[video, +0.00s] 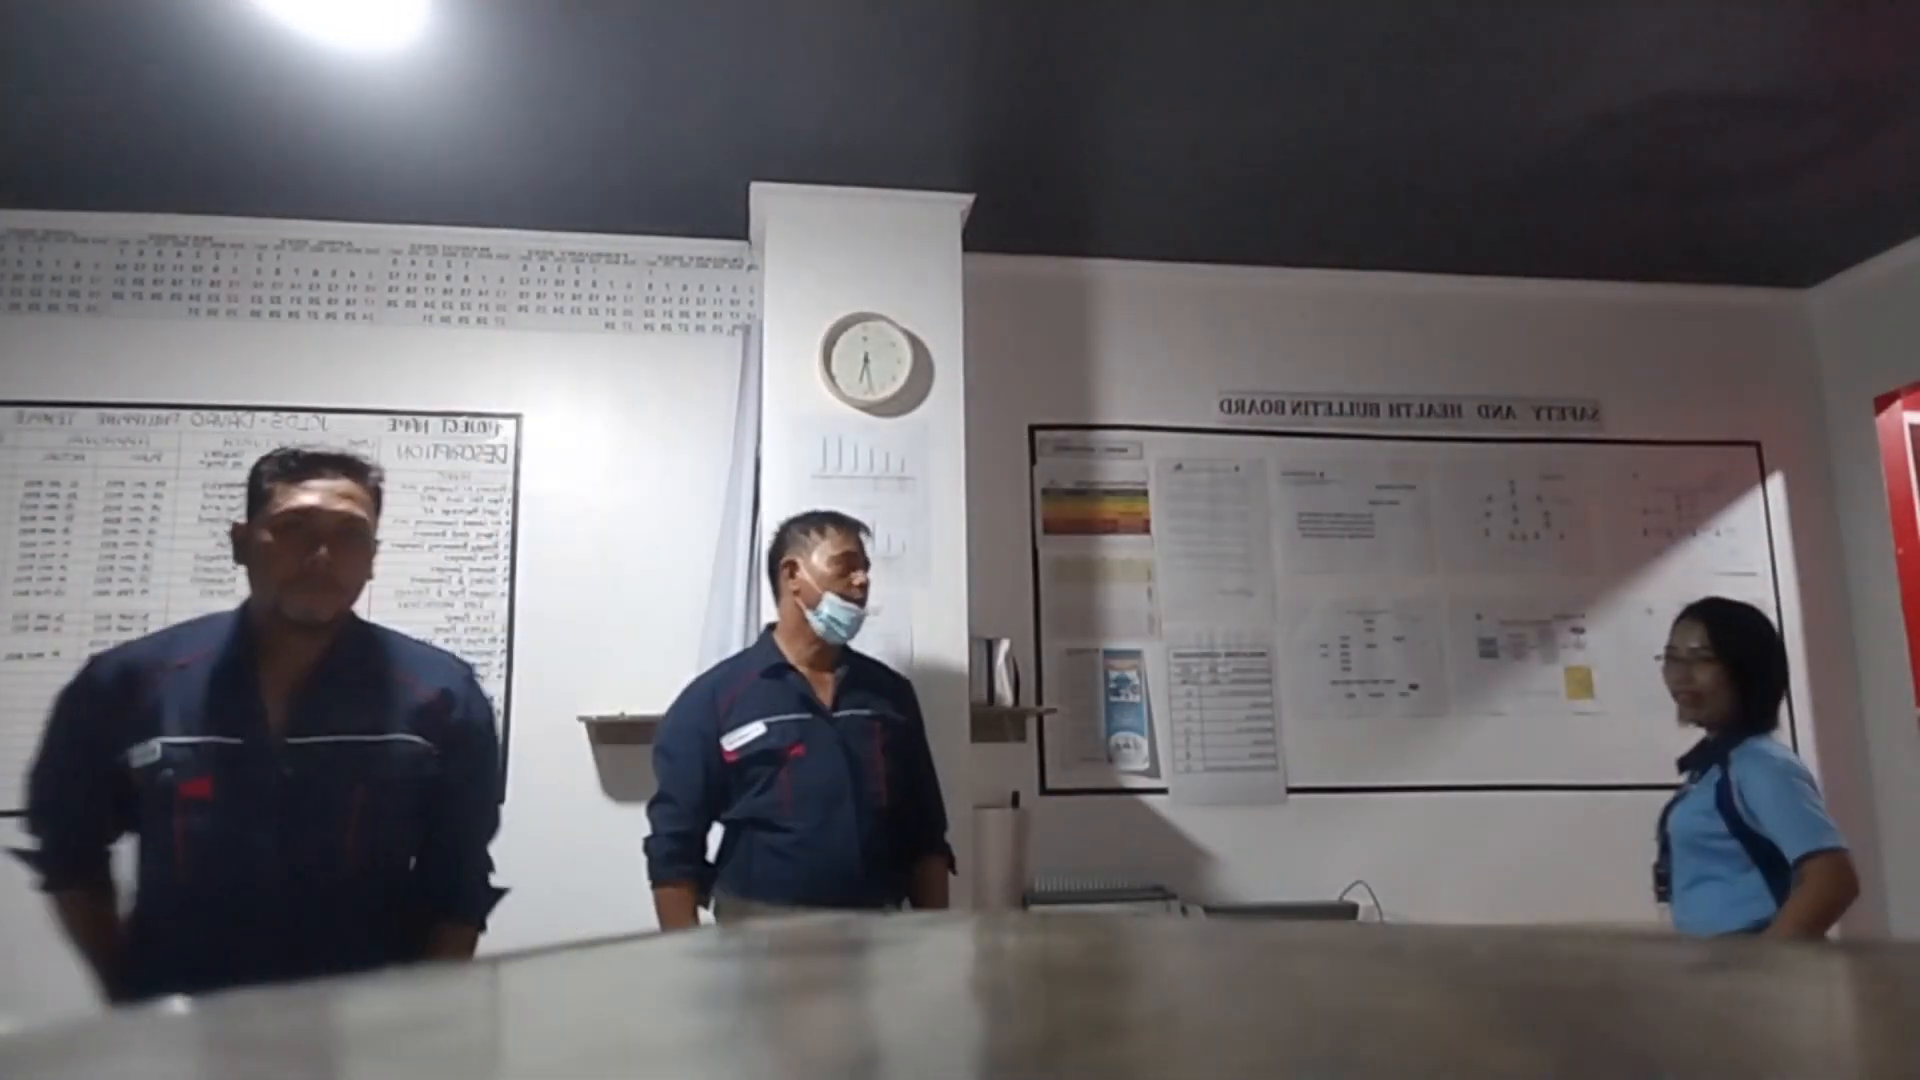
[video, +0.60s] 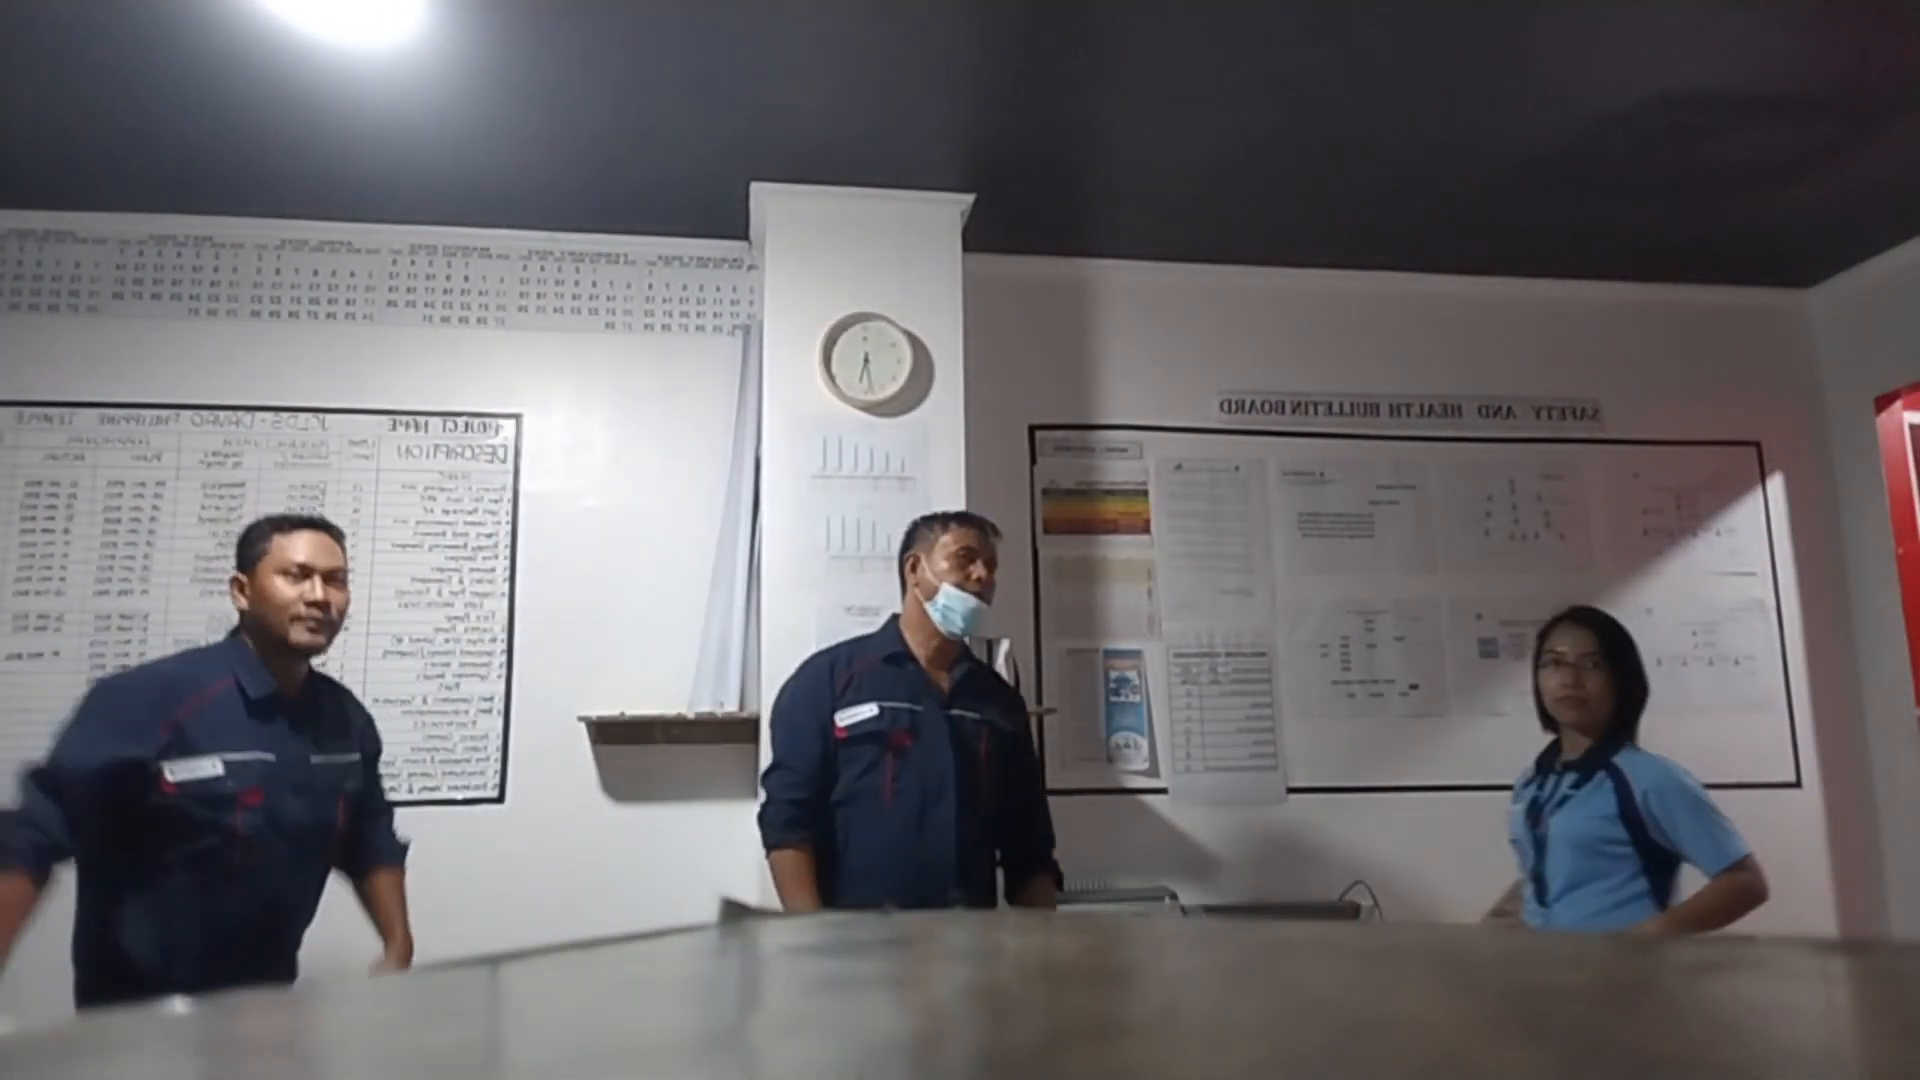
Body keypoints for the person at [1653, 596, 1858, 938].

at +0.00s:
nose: (1679, 675)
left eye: (1701, 659)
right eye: (1671, 659)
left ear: (1745, 667)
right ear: (1663, 664)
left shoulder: (1761, 763)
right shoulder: (1712, 768)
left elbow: (1833, 880)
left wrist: (1758, 969)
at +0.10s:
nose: (1662, 677)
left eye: (1684, 660)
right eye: (1653, 659)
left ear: (1727, 669)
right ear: (1644, 667)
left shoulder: (1742, 767)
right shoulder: (1683, 769)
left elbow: (1830, 880)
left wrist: (1747, 962)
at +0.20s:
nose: (1647, 677)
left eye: (1668, 661)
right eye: (1636, 659)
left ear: (1709, 670)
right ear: (1625, 667)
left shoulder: (1726, 766)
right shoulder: (1653, 769)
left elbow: (1821, 880)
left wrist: (1725, 951)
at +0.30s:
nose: (1630, 675)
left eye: (1652, 659)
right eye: (1617, 657)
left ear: (1690, 670)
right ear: (1605, 668)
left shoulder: (1710, 766)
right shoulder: (1624, 771)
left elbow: (1806, 878)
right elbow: (1630, 897)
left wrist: (1702, 941)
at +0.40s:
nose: (1610, 674)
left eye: (1634, 659)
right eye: (1597, 656)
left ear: (1668, 673)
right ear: (1582, 671)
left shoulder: (1693, 771)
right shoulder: (1595, 772)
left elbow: (1790, 877)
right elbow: (1607, 887)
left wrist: (1689, 926)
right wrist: (1554, 943)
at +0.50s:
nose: (1590, 675)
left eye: (1612, 662)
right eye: (1576, 660)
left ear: (1644, 675)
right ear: (1560, 677)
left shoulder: (1675, 777)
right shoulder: (1560, 784)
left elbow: (1772, 880)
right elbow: (1575, 884)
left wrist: (1676, 923)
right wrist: (1522, 941)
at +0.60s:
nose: (1570, 679)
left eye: (1591, 665)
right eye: (1554, 664)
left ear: (1622, 680)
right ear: (1536, 680)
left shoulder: (1651, 780)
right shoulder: (1532, 785)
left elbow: (1746, 884)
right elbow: (1538, 883)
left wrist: (1649, 936)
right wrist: (1482, 939)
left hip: (1624, 983)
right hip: (1542, 979)